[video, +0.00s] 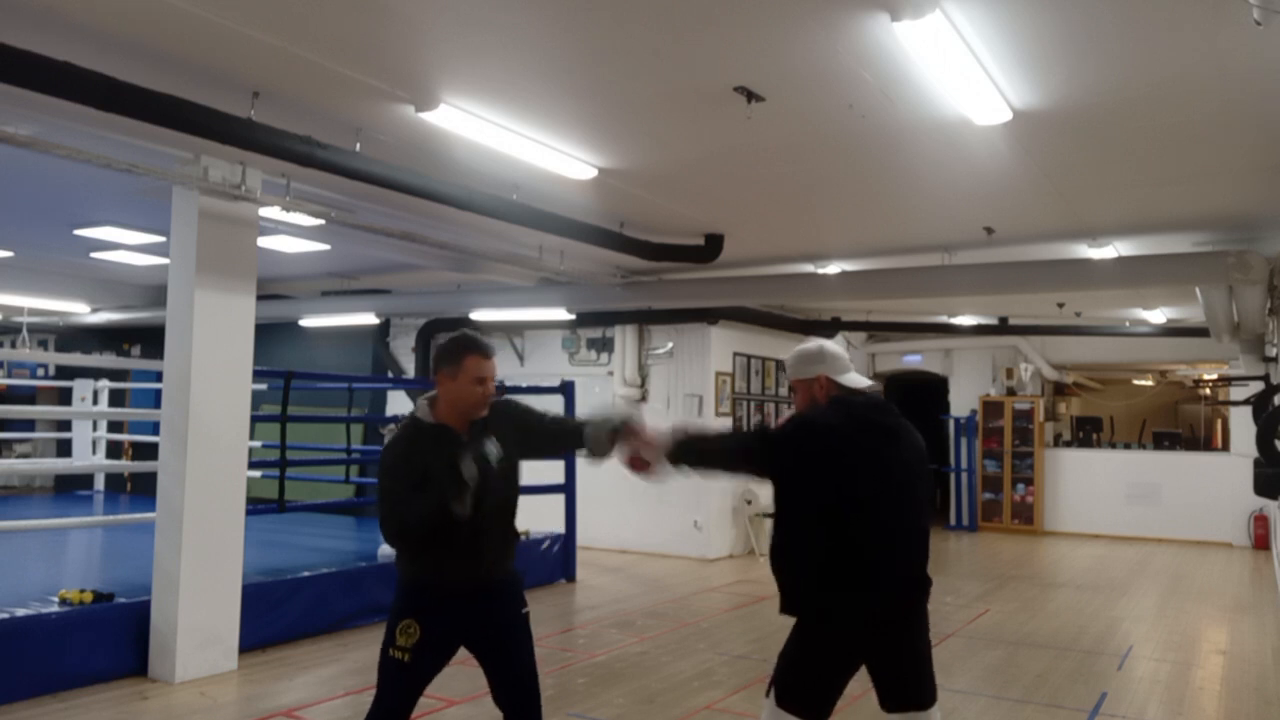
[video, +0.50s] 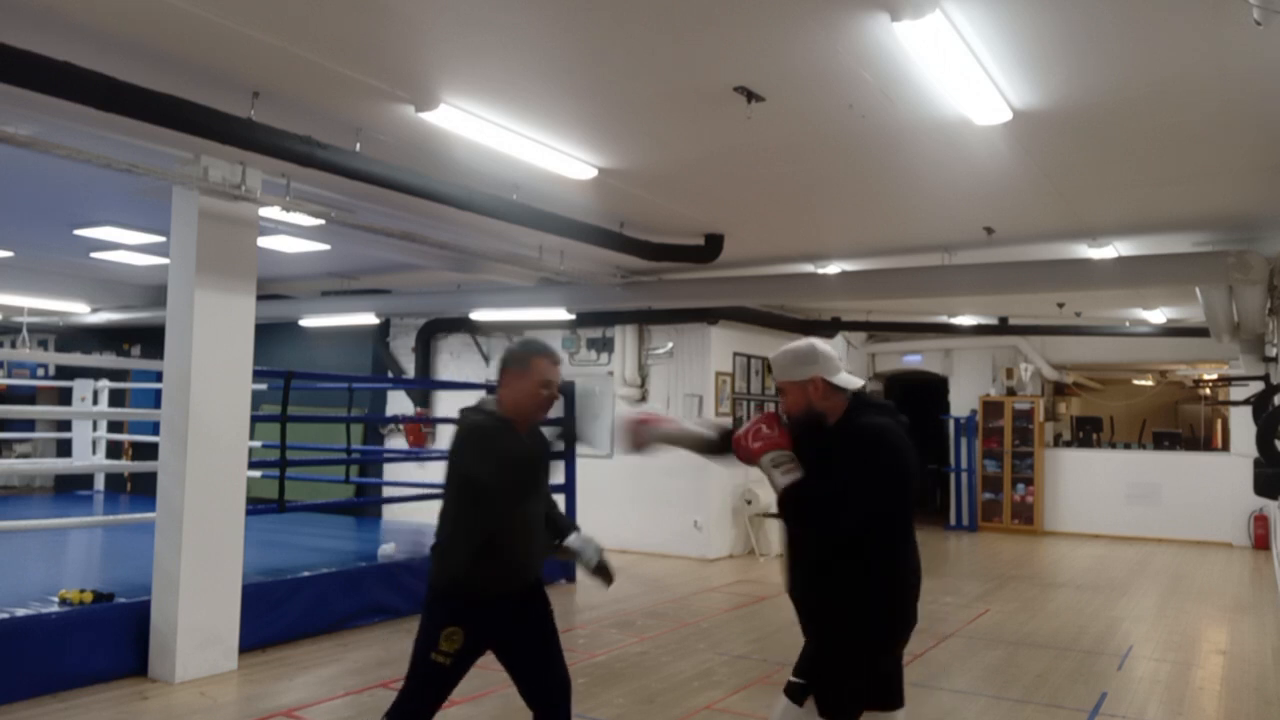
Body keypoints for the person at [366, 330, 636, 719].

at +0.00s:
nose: (490, 391)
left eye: (493, 381)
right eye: (480, 382)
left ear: (495, 381)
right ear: (443, 380)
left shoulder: (503, 421)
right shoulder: (405, 448)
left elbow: (556, 434)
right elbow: (397, 530)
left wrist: (614, 432)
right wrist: (453, 495)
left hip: (495, 593)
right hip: (428, 596)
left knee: (524, 709)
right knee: (390, 708)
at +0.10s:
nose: (473, 391)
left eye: (476, 381)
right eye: (463, 381)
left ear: (479, 379)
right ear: (427, 381)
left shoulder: (489, 426)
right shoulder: (395, 447)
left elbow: (531, 463)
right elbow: (393, 529)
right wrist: (442, 478)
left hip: (494, 593)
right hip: (427, 597)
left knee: (531, 705)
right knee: (390, 709)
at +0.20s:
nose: (474, 389)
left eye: (477, 379)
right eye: (463, 379)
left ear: (480, 377)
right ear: (428, 378)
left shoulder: (489, 429)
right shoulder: (397, 446)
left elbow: (524, 487)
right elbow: (394, 524)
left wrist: (557, 540)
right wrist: (447, 477)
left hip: (495, 589)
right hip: (428, 596)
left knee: (537, 701)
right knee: (393, 709)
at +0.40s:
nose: (523, 391)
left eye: (525, 382)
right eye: (514, 381)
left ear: (525, 385)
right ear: (482, 380)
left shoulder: (520, 438)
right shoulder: (443, 438)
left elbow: (535, 508)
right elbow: (439, 510)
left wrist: (562, 561)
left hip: (507, 594)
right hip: (446, 594)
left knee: (546, 702)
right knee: (407, 708)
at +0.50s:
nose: (554, 397)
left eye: (556, 389)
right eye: (545, 386)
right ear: (510, 380)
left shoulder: (533, 442)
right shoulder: (479, 430)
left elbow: (538, 506)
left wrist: (575, 543)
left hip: (517, 589)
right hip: (462, 591)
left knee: (553, 698)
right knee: (417, 702)